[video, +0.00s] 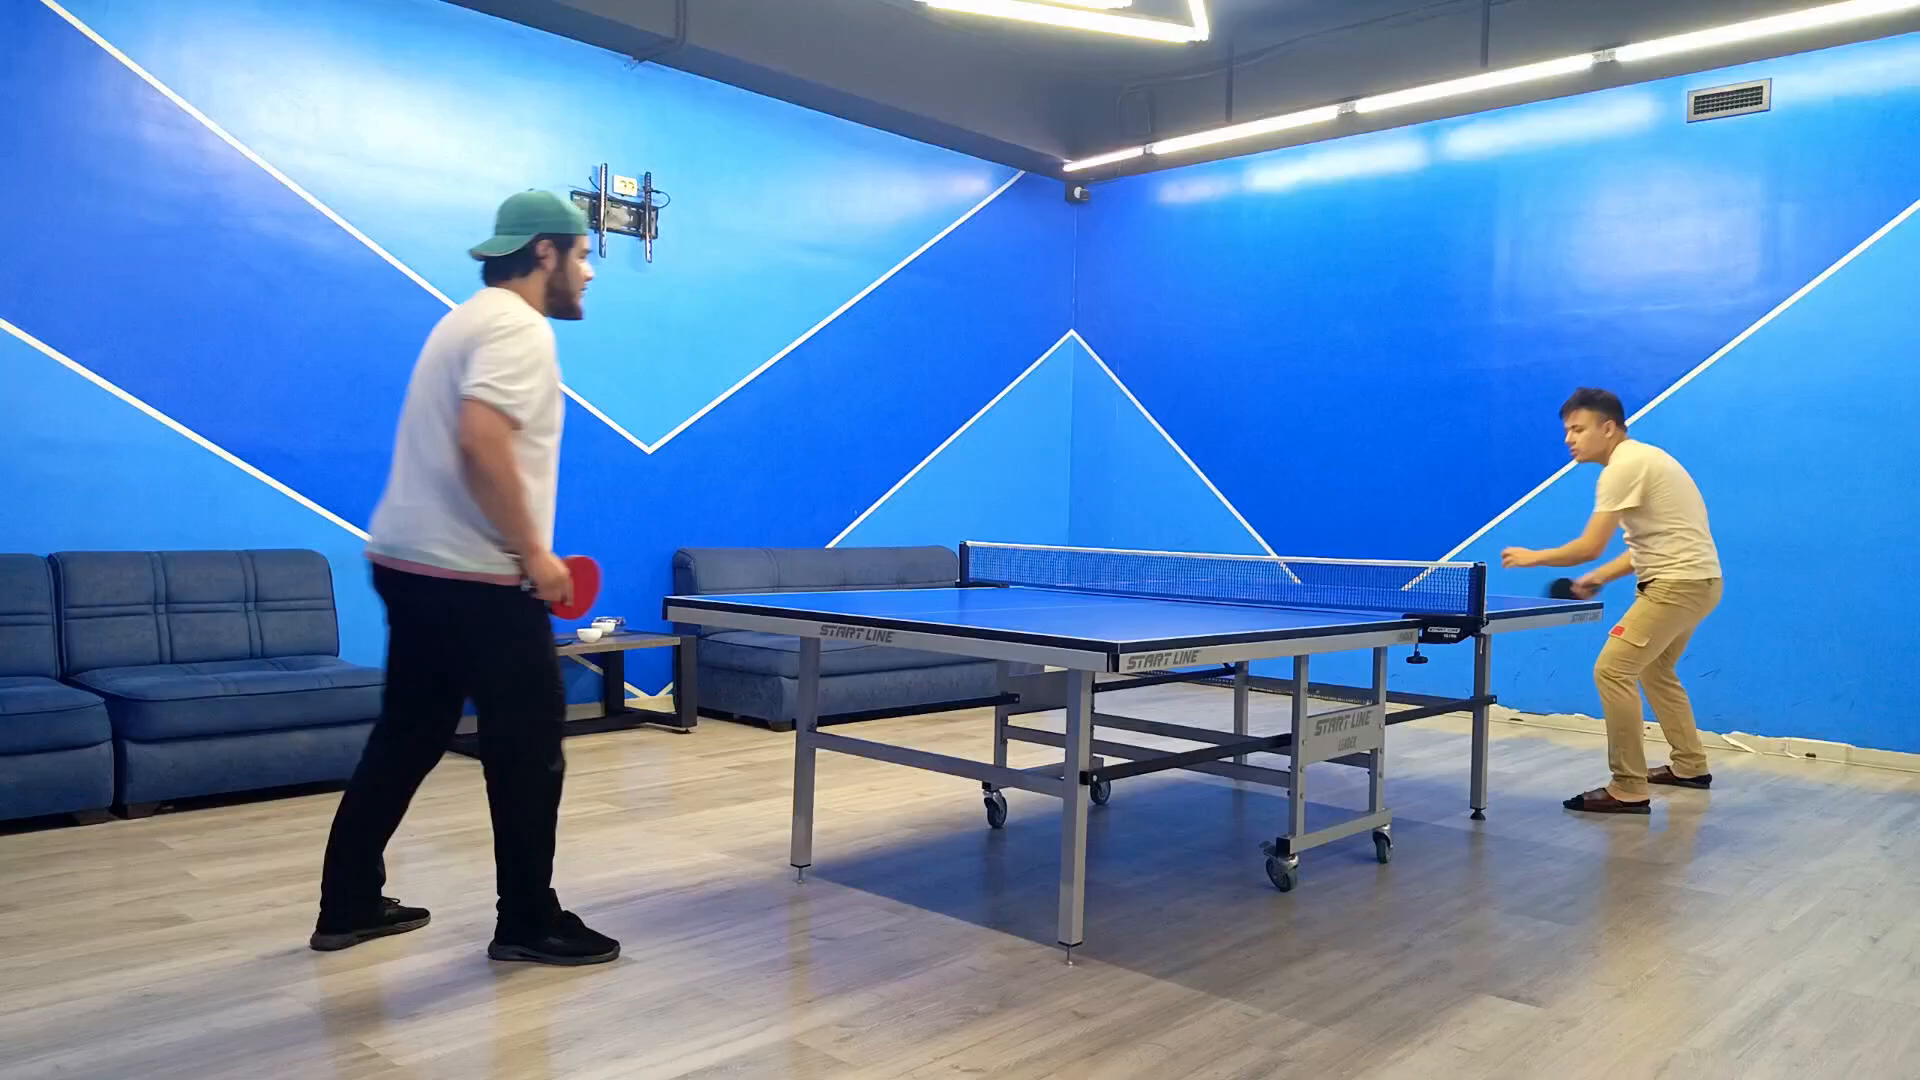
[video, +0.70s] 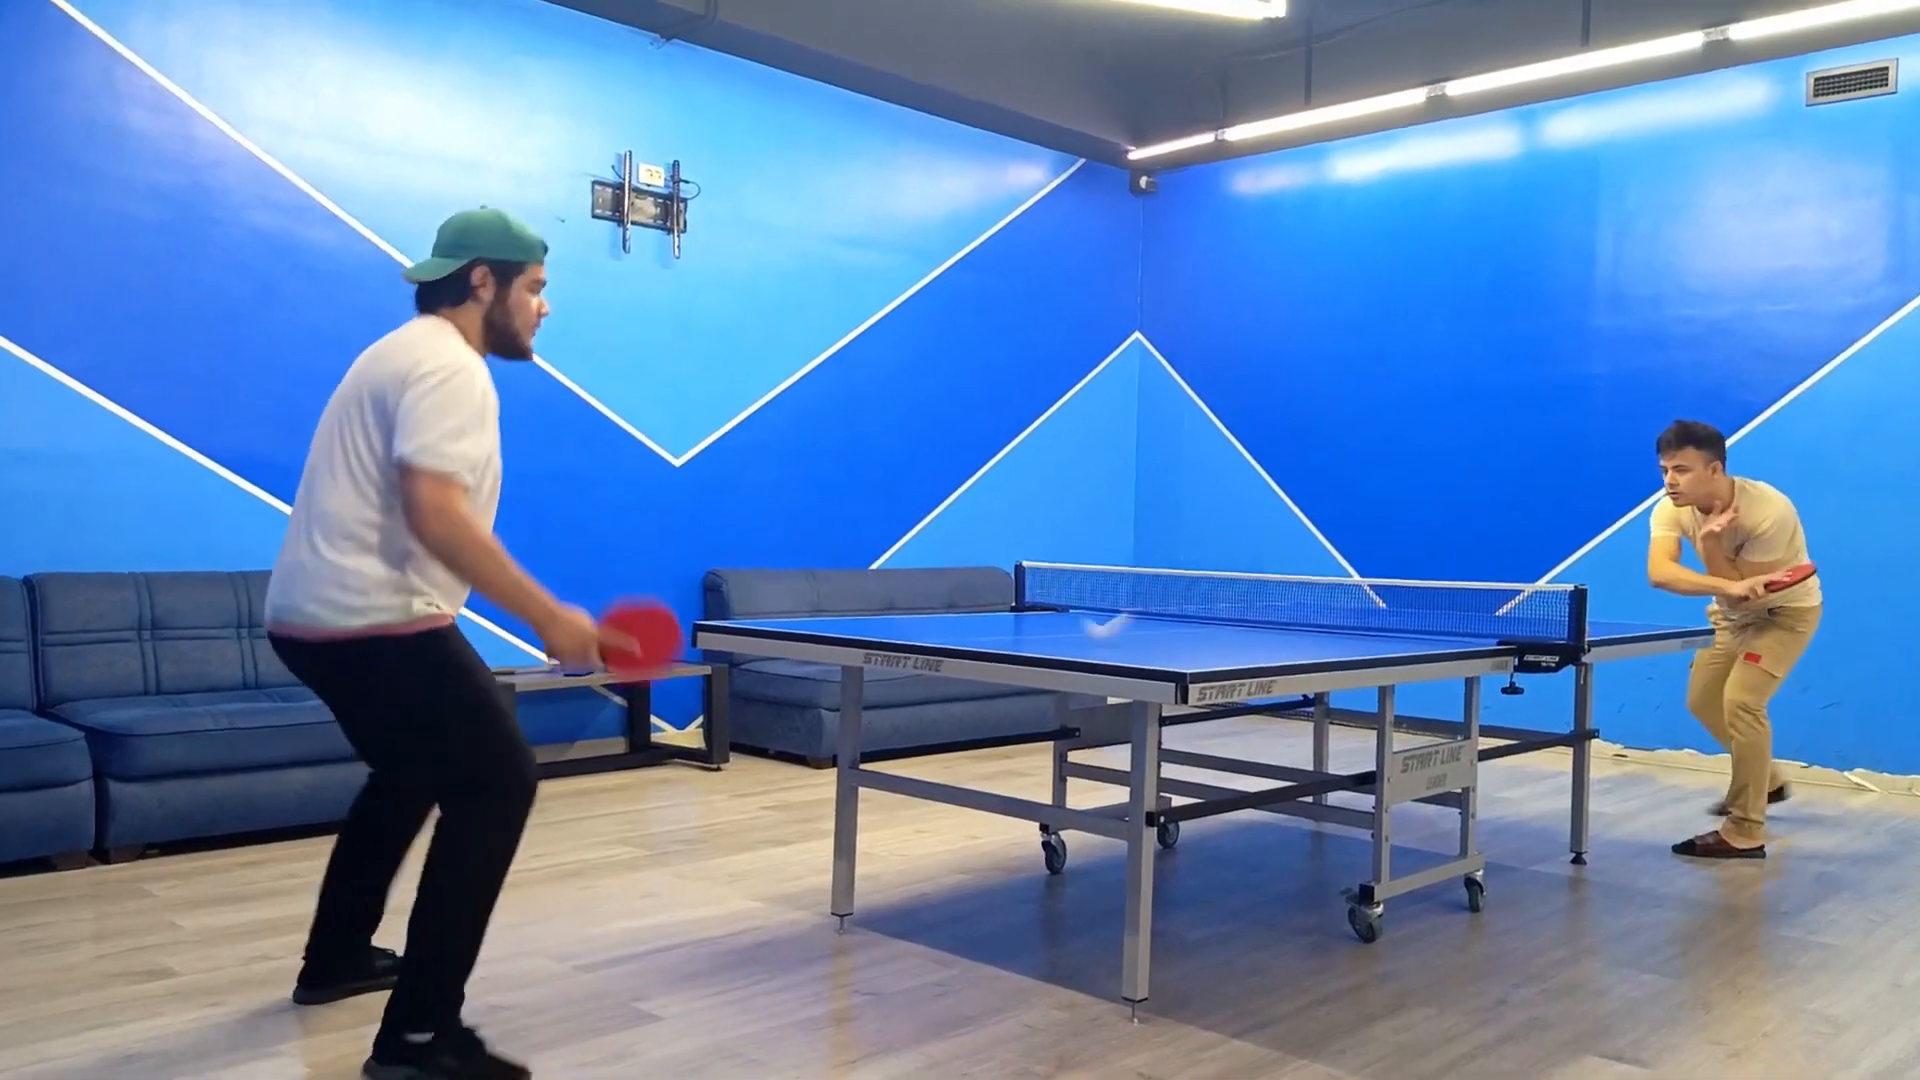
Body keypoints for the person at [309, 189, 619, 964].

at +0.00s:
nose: (589, 273)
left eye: (589, 258)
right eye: (583, 258)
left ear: (517, 259)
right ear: (543, 256)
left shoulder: (464, 320)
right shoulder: (518, 327)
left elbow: (449, 457)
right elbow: (481, 442)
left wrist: (533, 556)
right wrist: (536, 557)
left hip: (416, 570)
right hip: (478, 579)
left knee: (411, 734)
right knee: (528, 743)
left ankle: (347, 903)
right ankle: (529, 918)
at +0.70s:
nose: (544, 306)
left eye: (544, 289)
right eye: (534, 288)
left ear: (471, 287)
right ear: (481, 284)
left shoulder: (399, 353)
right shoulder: (447, 366)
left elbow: (401, 515)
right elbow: (436, 516)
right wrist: (554, 621)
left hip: (321, 616)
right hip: (379, 620)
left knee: (409, 769)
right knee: (499, 782)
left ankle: (336, 955)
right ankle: (422, 1028)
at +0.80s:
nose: (533, 329)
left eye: (533, 311)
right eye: (521, 309)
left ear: (456, 309)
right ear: (462, 306)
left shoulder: (386, 381)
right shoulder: (431, 403)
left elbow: (433, 564)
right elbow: (443, 568)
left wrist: (577, 647)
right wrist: (584, 652)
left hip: (323, 653)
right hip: (373, 658)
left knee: (432, 790)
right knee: (511, 809)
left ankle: (341, 965)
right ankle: (418, 1053)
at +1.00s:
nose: (463, 323)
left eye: (461, 304)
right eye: (450, 302)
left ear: (382, 300)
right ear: (388, 298)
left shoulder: (298, 381)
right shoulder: (362, 408)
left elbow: (291, 540)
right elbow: (478, 556)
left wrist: (382, 616)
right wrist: (649, 575)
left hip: (235, 671)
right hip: (296, 677)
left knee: (347, 799)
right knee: (457, 826)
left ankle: (306, 977)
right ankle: (388, 1062)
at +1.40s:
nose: (197, 221)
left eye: (194, 200)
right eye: (181, 198)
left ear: (117, 201)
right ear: (116, 197)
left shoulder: (84, 314)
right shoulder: (52, 312)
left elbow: (86, 501)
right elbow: (7, 493)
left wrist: (197, 593)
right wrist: (124, 638)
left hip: (64, 675)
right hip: (56, 679)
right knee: (184, 880)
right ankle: (296, 1061)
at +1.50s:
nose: (157, 208)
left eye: (153, 184)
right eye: (140, 182)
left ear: (81, 184)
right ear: (73, 180)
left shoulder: (53, 301)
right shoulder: (21, 293)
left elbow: (39, 502)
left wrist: (127, 625)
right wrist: (7, 643)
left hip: (63, 677)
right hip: (28, 681)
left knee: (152, 888)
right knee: (148, 887)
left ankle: (255, 1061)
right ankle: (255, 1061)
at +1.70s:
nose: (104, 163)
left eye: (99, 138)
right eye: (85, 136)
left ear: (27, 141)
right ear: (17, 138)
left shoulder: (18, 283)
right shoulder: (5, 282)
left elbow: (13, 485)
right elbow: (8, 489)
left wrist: (13, 649)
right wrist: (4, 655)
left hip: (11, 663)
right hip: (8, 668)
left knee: (50, 844)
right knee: (49, 842)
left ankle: (19, 1052)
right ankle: (16, 1054)